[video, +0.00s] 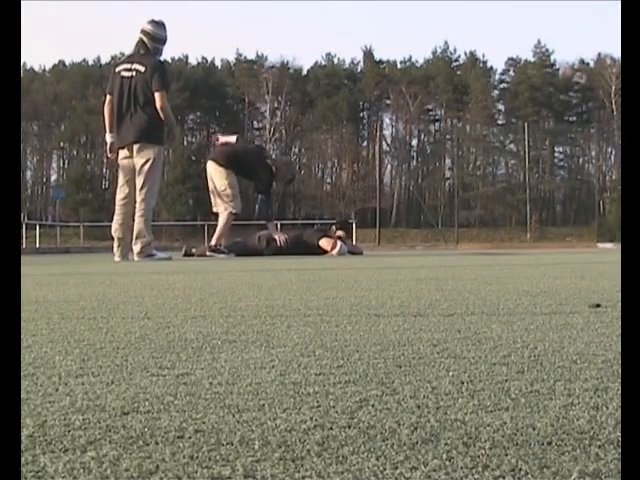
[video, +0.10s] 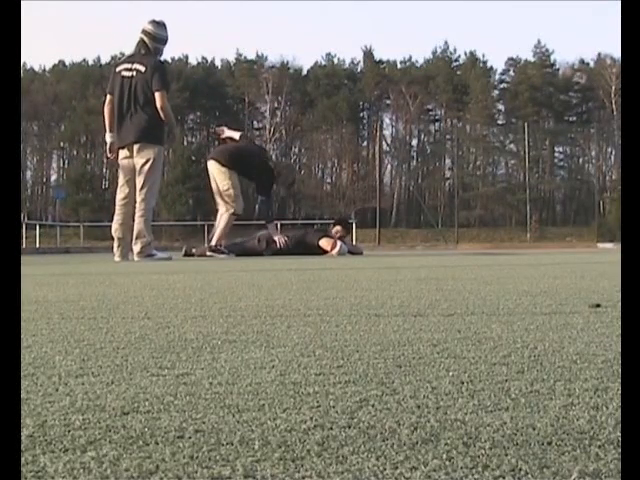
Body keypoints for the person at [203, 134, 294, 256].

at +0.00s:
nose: (282, 182)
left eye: (286, 180)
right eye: (285, 179)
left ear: (277, 163)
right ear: (280, 172)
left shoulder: (260, 152)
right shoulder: (266, 174)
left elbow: (238, 140)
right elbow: (264, 206)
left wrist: (222, 138)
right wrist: (274, 232)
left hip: (214, 160)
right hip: (223, 165)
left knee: (224, 208)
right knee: (231, 208)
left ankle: (222, 245)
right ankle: (214, 244)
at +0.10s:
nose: (285, 185)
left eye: (288, 184)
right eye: (287, 182)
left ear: (279, 167)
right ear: (282, 175)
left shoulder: (262, 153)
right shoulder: (266, 176)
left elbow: (244, 137)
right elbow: (265, 207)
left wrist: (228, 132)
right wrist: (275, 234)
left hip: (213, 159)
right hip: (223, 164)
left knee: (223, 207)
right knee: (233, 207)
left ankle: (213, 243)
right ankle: (215, 244)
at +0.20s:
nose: (283, 188)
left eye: (287, 185)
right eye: (286, 184)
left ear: (280, 168)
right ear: (282, 176)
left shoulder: (261, 153)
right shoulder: (267, 176)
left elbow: (236, 136)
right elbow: (264, 209)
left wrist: (233, 135)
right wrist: (275, 235)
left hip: (214, 158)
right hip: (224, 163)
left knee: (226, 200)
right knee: (235, 208)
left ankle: (205, 227)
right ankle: (216, 243)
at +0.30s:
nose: (282, 190)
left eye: (286, 188)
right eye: (286, 187)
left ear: (281, 170)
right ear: (283, 179)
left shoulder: (265, 159)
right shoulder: (268, 175)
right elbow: (266, 207)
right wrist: (275, 235)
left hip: (215, 158)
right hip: (226, 164)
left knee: (219, 202)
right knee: (234, 209)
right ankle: (215, 244)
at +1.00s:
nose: (291, 197)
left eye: (295, 195)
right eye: (294, 194)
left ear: (290, 183)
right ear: (291, 186)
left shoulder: (273, 180)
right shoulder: (276, 181)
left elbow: (269, 210)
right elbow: (273, 209)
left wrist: (275, 234)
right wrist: (278, 234)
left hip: (226, 161)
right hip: (233, 165)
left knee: (224, 205)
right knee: (236, 209)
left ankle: (190, 216)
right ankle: (215, 244)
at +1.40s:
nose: (288, 197)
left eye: (291, 195)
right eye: (291, 195)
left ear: (286, 183)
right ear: (289, 189)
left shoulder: (275, 178)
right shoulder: (277, 182)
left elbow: (277, 209)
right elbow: (271, 210)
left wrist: (281, 235)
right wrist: (277, 237)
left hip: (230, 161)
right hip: (239, 166)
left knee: (224, 206)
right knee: (240, 211)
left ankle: (188, 199)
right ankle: (217, 242)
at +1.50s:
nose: (286, 196)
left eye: (288, 194)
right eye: (288, 194)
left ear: (286, 182)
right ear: (288, 188)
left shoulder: (277, 180)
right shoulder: (277, 182)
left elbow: (277, 210)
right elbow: (268, 213)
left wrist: (282, 235)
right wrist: (277, 238)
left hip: (231, 161)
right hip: (239, 166)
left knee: (217, 203)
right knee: (241, 210)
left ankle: (182, 183)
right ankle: (218, 242)